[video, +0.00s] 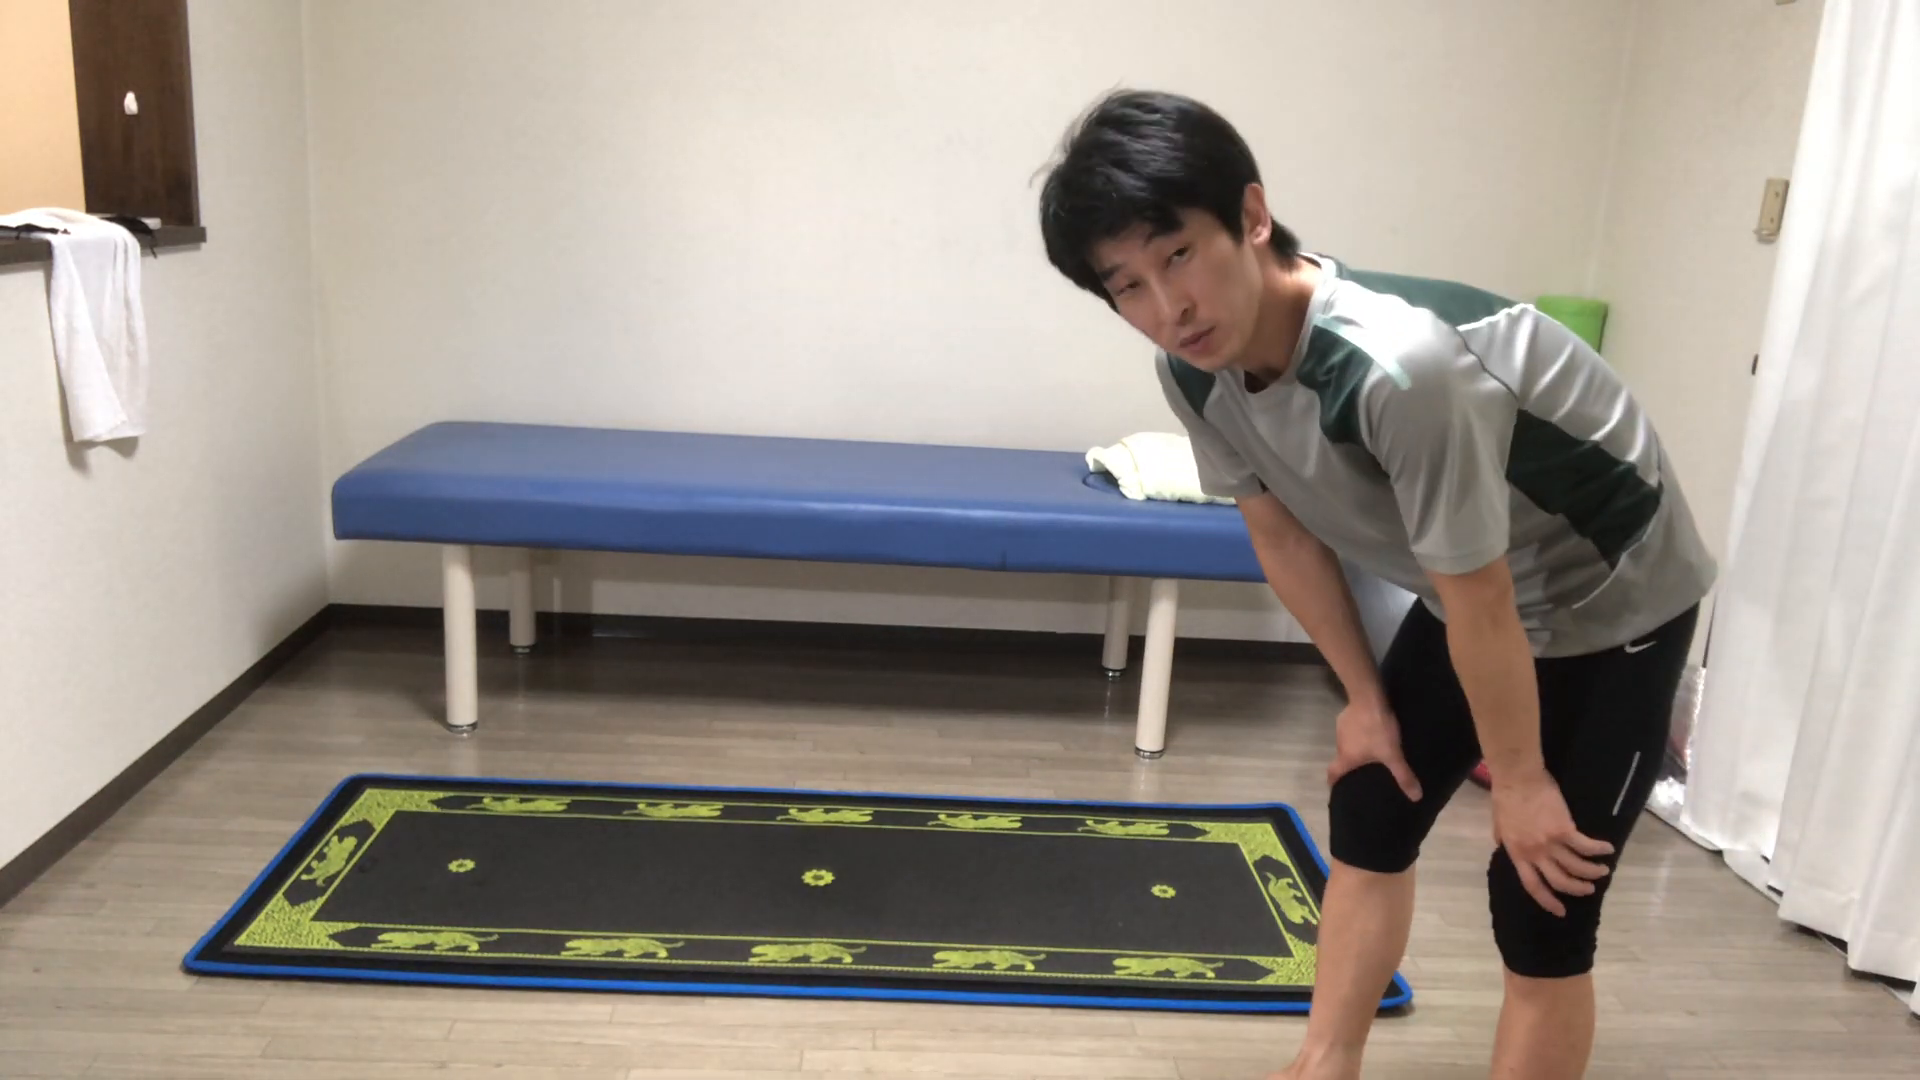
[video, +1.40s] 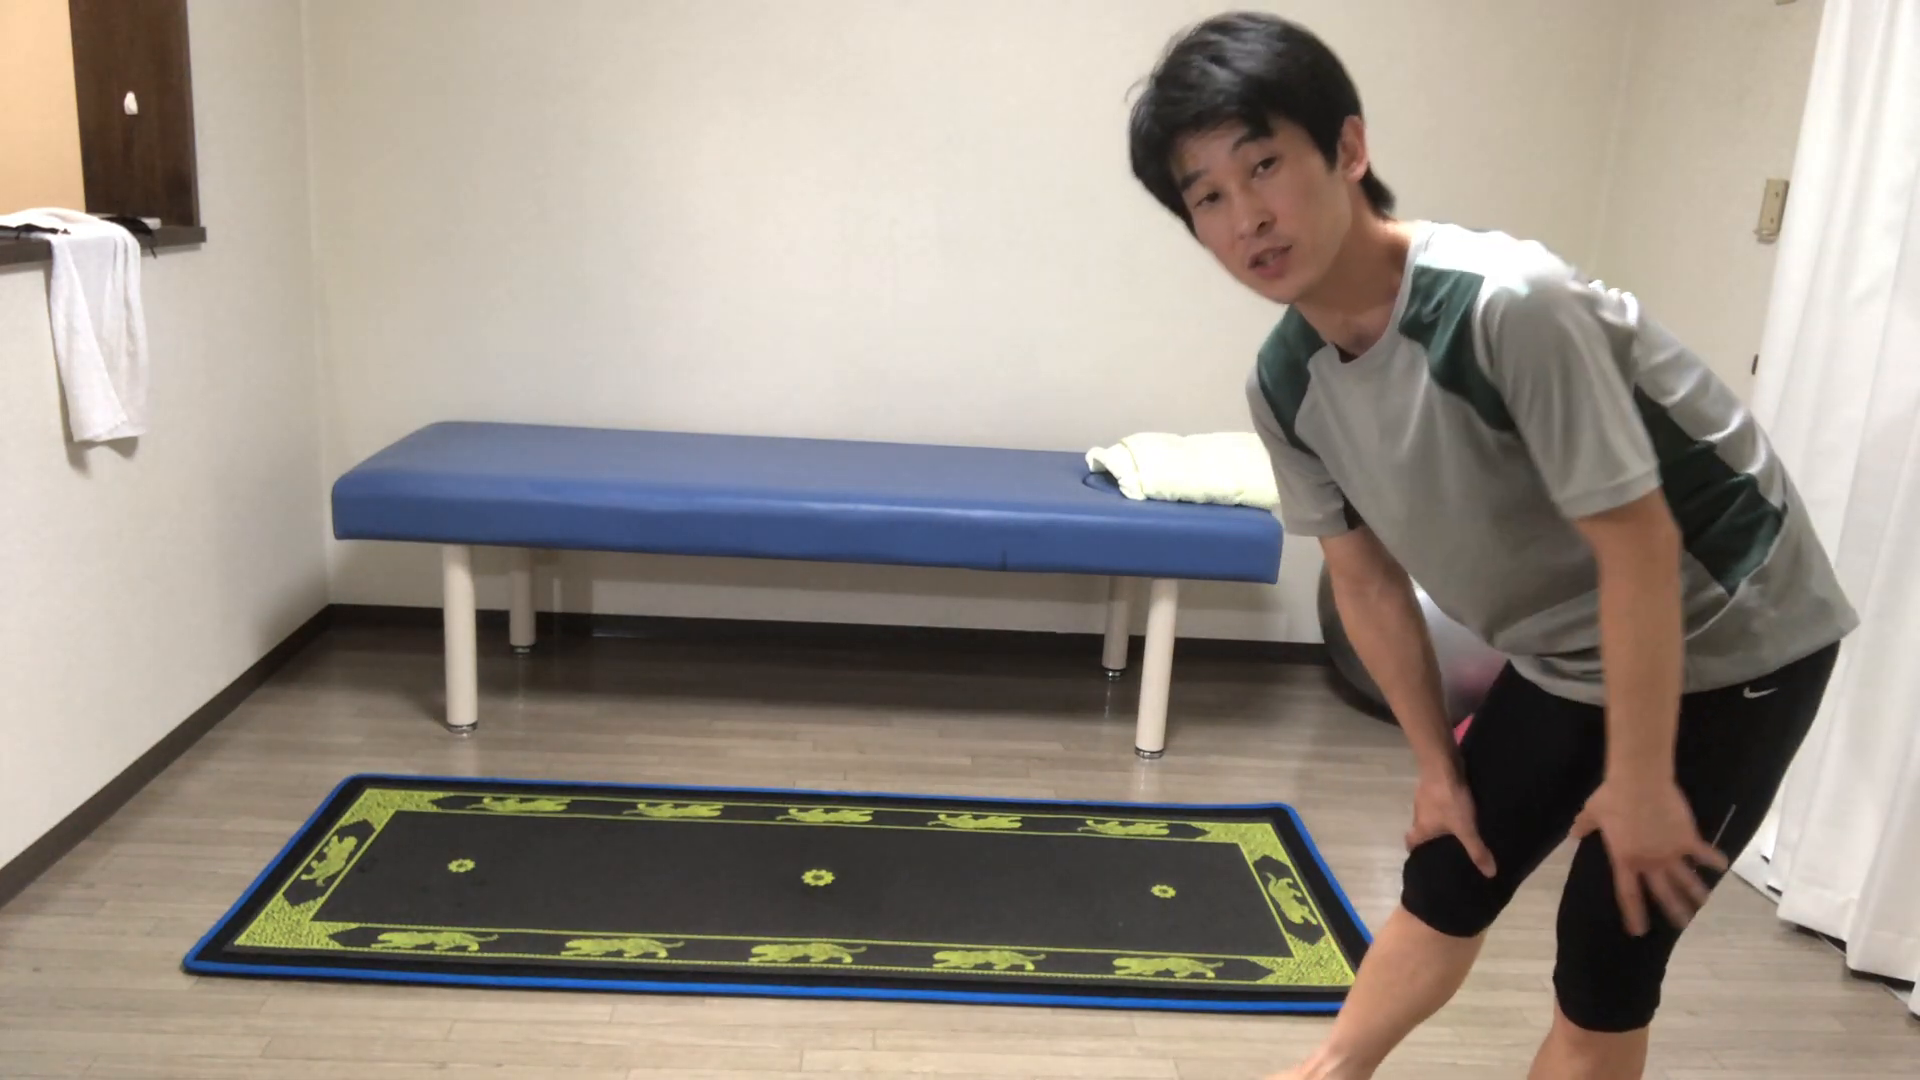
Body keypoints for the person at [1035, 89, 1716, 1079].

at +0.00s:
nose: (1168, 307)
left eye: (1178, 255)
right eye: (1128, 289)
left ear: (1250, 217)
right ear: (1111, 305)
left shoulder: (1402, 371)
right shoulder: (1195, 367)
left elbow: (1481, 598)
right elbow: (1283, 539)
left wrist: (1522, 777)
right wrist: (1363, 697)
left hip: (1618, 594)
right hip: (1472, 580)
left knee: (1539, 904)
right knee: (1372, 808)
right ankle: (1327, 1062)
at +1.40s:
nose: (1243, 218)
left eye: (1264, 165)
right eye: (1205, 201)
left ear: (1347, 148)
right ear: (1193, 231)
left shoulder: (1513, 309)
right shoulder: (1287, 380)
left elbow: (1637, 547)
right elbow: (1367, 582)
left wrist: (1640, 779)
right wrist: (1436, 770)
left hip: (1743, 629)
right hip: (1570, 637)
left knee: (1609, 935)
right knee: (1445, 879)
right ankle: (1337, 1064)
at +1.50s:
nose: (1253, 204)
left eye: (1274, 150)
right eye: (1215, 186)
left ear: (1356, 138)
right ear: (1203, 219)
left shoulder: (1519, 292)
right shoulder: (1293, 376)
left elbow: (1664, 524)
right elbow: (1369, 580)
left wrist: (1664, 763)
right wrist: (1435, 767)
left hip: (1748, 628)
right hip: (1573, 637)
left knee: (1611, 925)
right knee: (1446, 876)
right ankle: (1336, 1063)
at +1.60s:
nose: (1261, 190)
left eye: (1283, 137)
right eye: (1223, 170)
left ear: (1367, 128)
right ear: (1210, 204)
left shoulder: (1529, 278)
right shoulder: (1298, 372)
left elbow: (1682, 505)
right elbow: (1371, 578)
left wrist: (1672, 749)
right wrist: (1433, 763)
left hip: (1748, 629)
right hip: (1573, 644)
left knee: (1610, 929)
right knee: (1445, 878)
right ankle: (1334, 1063)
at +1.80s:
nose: (1271, 178)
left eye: (1293, 127)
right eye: (1233, 158)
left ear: (1378, 116)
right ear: (1219, 191)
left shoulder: (1545, 267)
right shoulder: (1305, 367)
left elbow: (1670, 511)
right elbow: (1373, 579)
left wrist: (1653, 752)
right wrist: (1433, 768)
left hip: (1747, 630)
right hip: (1572, 641)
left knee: (1604, 941)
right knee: (1442, 879)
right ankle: (1334, 1064)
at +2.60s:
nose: (1277, 168)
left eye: (1298, 114)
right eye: (1237, 144)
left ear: (1385, 104)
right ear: (1218, 176)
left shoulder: (1544, 270)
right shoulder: (1299, 345)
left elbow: (1667, 515)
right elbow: (1372, 537)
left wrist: (1646, 750)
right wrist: (1407, 720)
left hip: (1703, 620)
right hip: (1537, 626)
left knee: (1585, 922)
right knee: (1420, 849)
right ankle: (1333, 1062)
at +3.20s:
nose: (1261, 188)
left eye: (1285, 136)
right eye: (1221, 162)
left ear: (1365, 116)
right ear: (1197, 187)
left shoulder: (1536, 296)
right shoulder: (1288, 331)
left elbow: (1679, 505)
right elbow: (1417, 475)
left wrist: (1656, 729)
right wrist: (1431, 613)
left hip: (1635, 622)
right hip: (1486, 613)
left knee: (1563, 931)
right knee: (1399, 860)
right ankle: (1331, 1063)